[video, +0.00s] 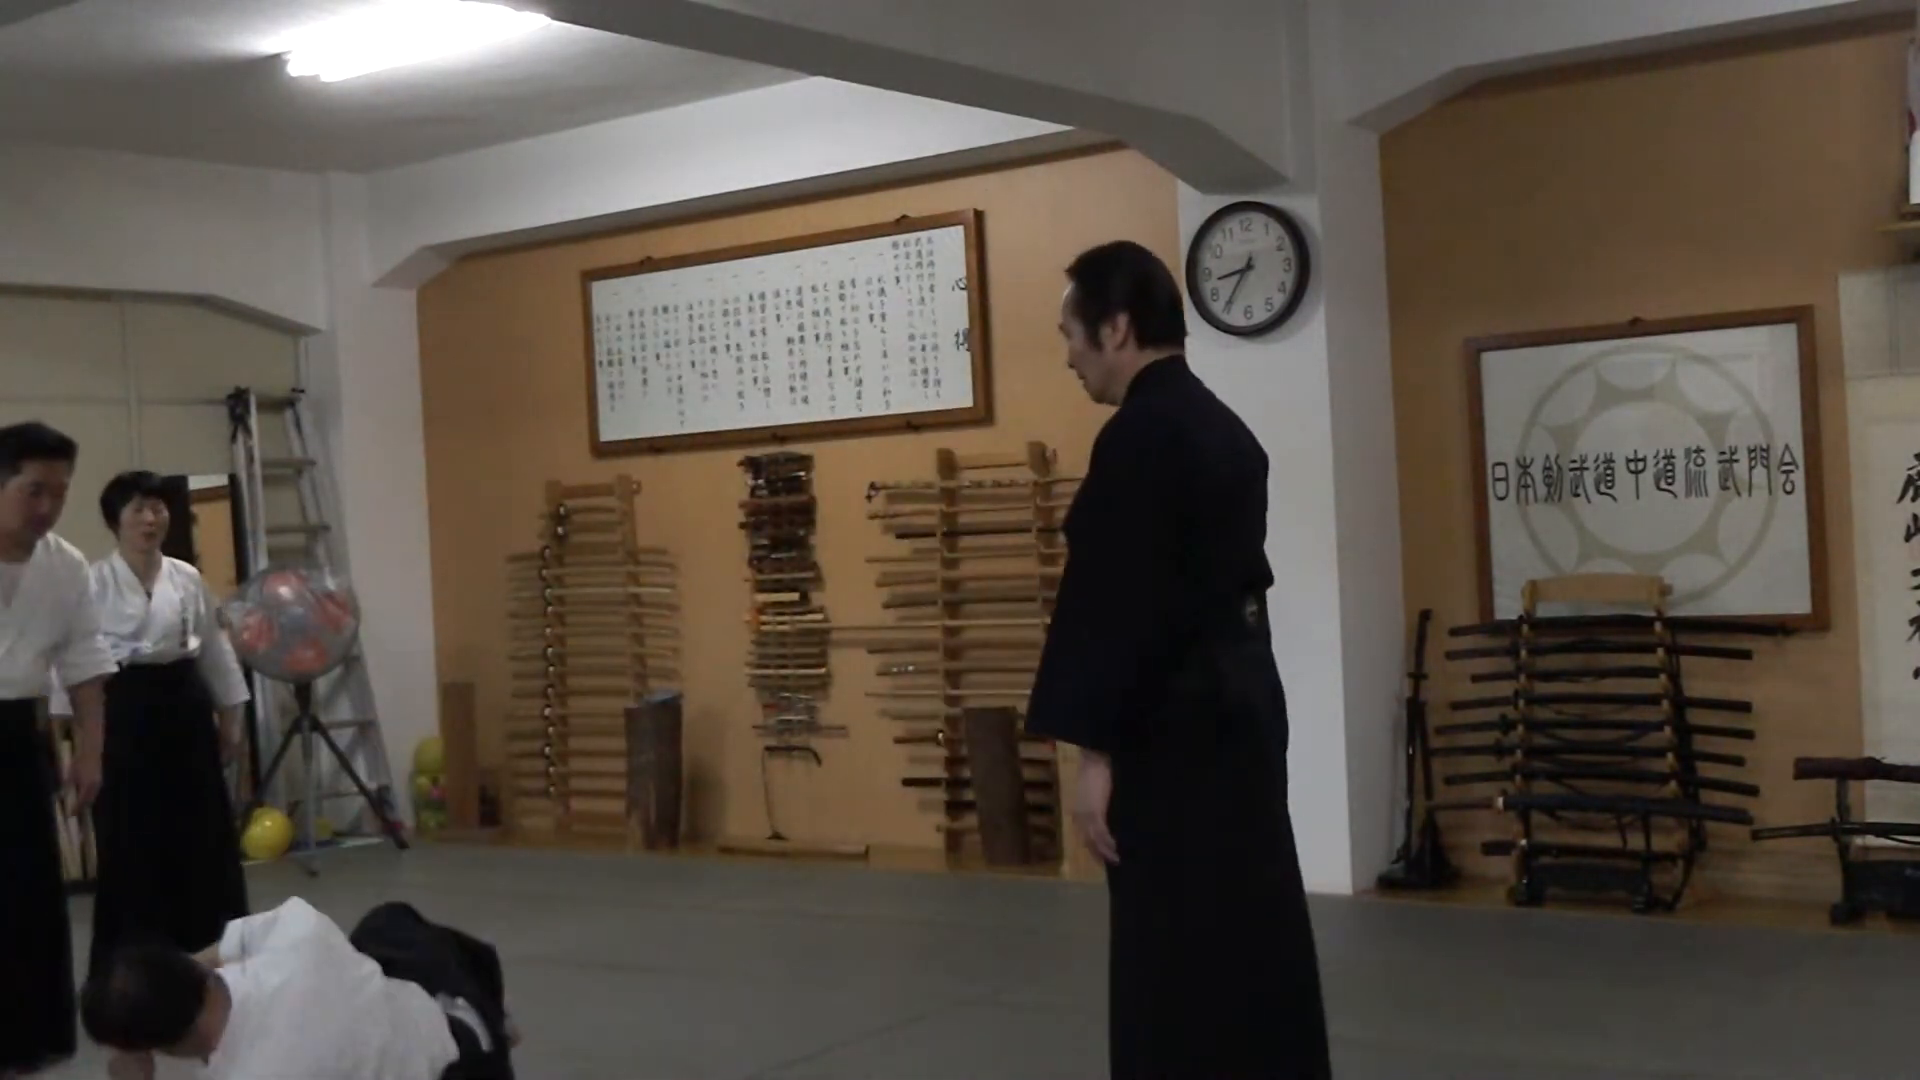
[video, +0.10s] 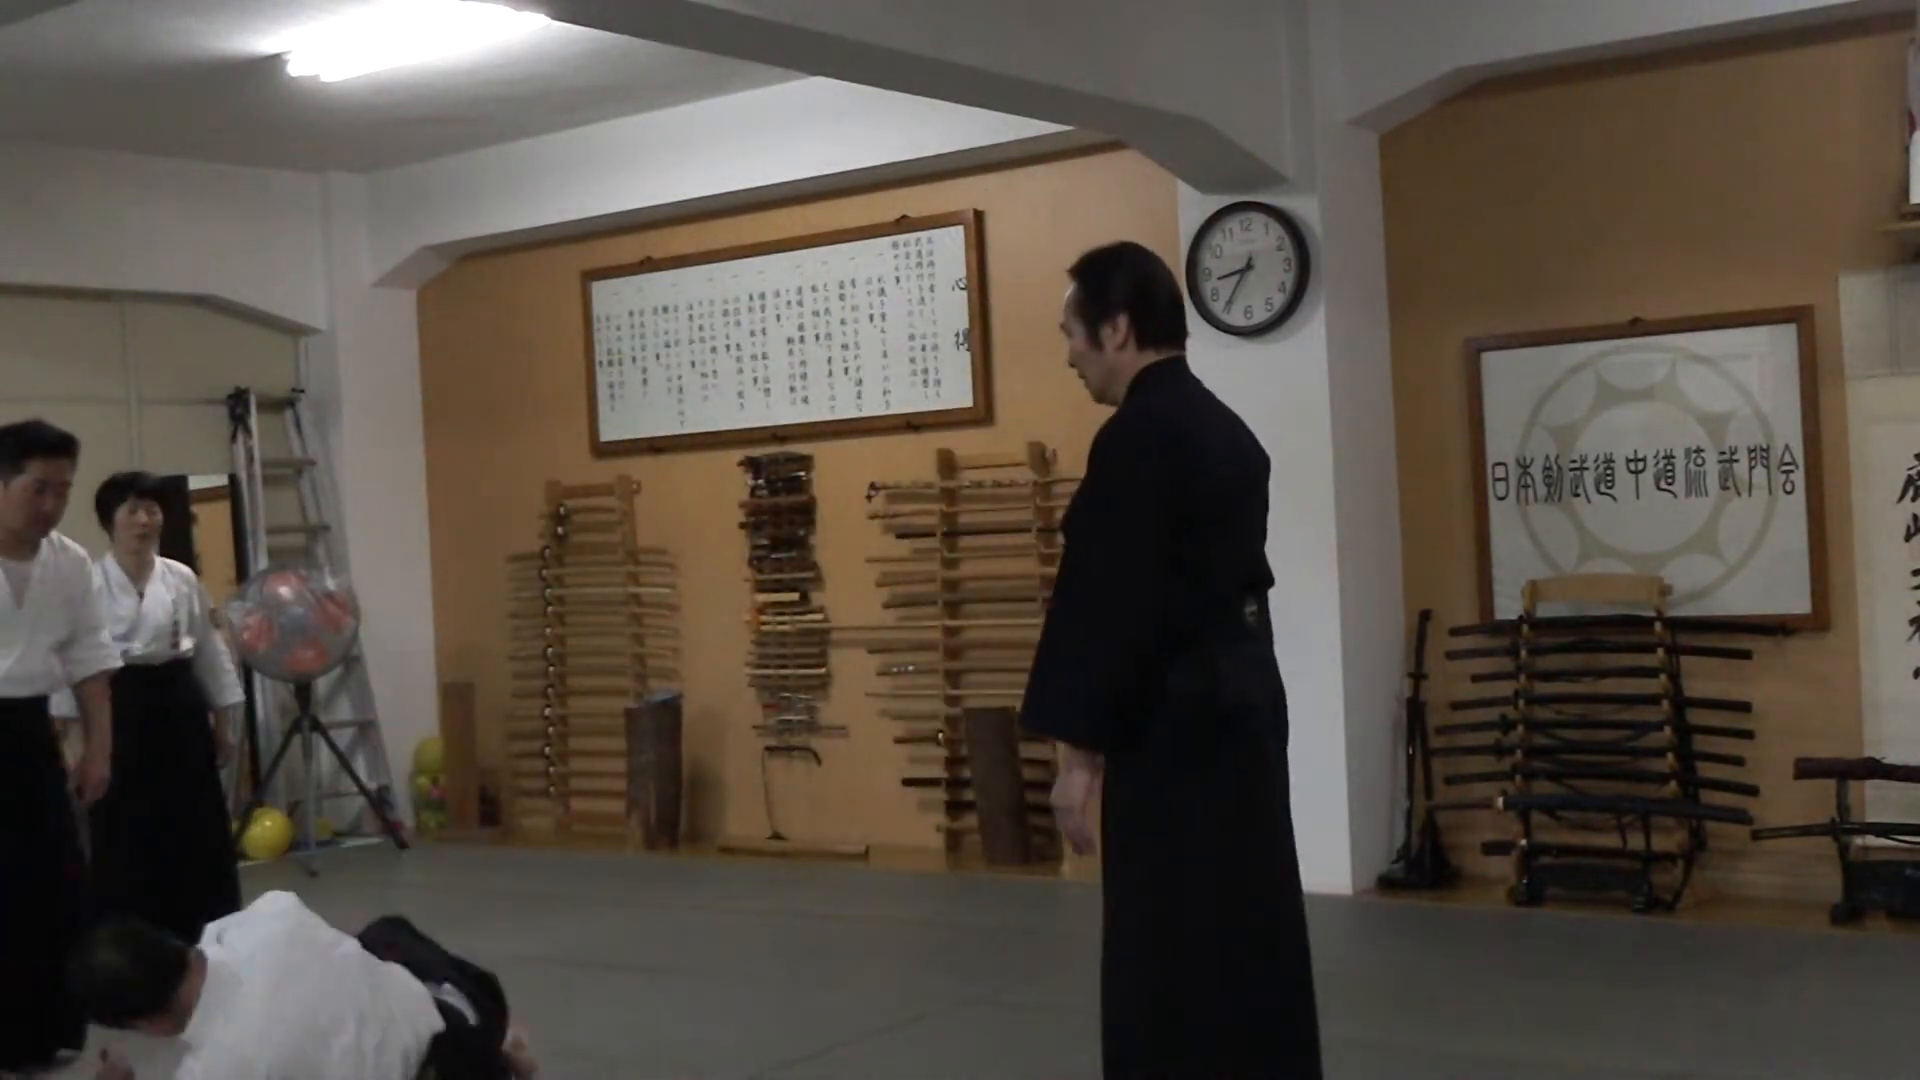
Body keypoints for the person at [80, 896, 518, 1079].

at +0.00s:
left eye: (122, 1047)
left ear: (147, 1045)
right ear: (187, 965)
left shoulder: (233, 1073)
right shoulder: (296, 931)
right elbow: (296, 914)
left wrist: (134, 1067)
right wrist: (202, 963)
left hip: (447, 1074)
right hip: (457, 1027)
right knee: (388, 918)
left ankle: (488, 1030)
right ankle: (490, 1021)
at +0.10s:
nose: (127, 1030)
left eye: (122, 1024)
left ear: (141, 1022)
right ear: (168, 937)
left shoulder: (213, 1067)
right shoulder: (272, 911)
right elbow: (342, 949)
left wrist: (123, 1077)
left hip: (430, 1074)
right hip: (453, 1017)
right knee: (385, 932)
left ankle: (500, 1056)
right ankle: (499, 1030)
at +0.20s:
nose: (104, 1029)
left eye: (98, 1021)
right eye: (97, 1021)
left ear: (116, 1016)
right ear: (144, 933)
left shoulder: (193, 1062)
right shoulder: (242, 905)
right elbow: (328, 944)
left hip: (415, 1072)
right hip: (433, 1007)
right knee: (395, 949)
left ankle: (507, 1066)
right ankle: (509, 1067)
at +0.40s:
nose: (71, 1051)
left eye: (64, 1043)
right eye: (64, 1043)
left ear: (77, 1035)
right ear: (85, 950)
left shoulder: (178, 1034)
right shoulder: (150, 905)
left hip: (362, 1025)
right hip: (372, 942)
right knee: (460, 1017)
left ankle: (512, 1063)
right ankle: (514, 1059)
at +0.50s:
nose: (57, 1052)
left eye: (50, 1045)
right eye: (48, 1045)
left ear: (66, 1034)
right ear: (67, 955)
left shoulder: (173, 1046)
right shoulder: (121, 901)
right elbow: (169, 856)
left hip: (362, 997)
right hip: (336, 903)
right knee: (404, 980)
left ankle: (474, 1037)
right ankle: (473, 1017)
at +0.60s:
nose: (41, 1030)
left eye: (36, 1020)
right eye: (31, 1021)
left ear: (52, 1004)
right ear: (54, 939)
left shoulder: (160, 1023)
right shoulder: (107, 886)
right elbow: (174, 829)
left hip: (350, 972)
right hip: (309, 876)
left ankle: (457, 1052)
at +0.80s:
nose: (15, 909)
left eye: (13, 898)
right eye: (9, 899)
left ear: (36, 884)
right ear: (56, 821)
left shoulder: (144, 933)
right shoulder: (118, 801)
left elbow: (117, 1065)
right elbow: (196, 794)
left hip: (305, 977)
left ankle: (378, 1062)